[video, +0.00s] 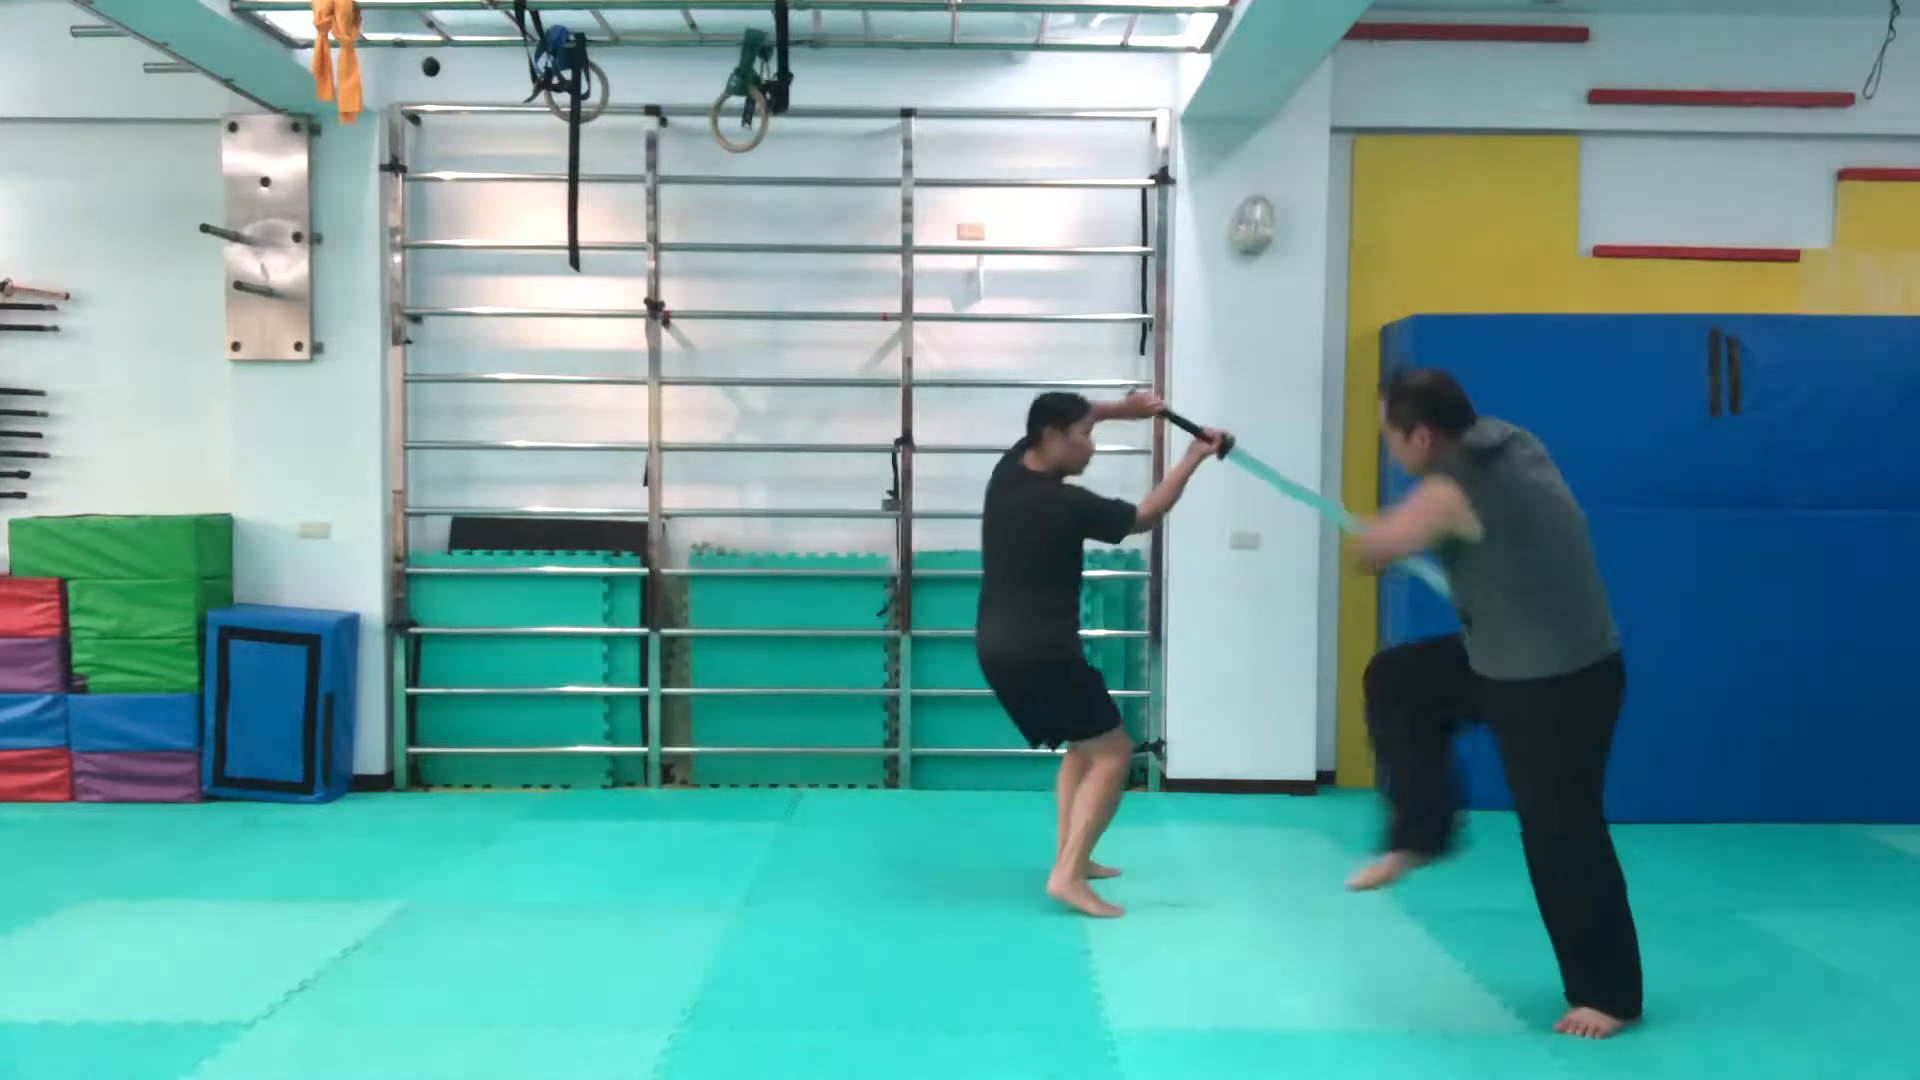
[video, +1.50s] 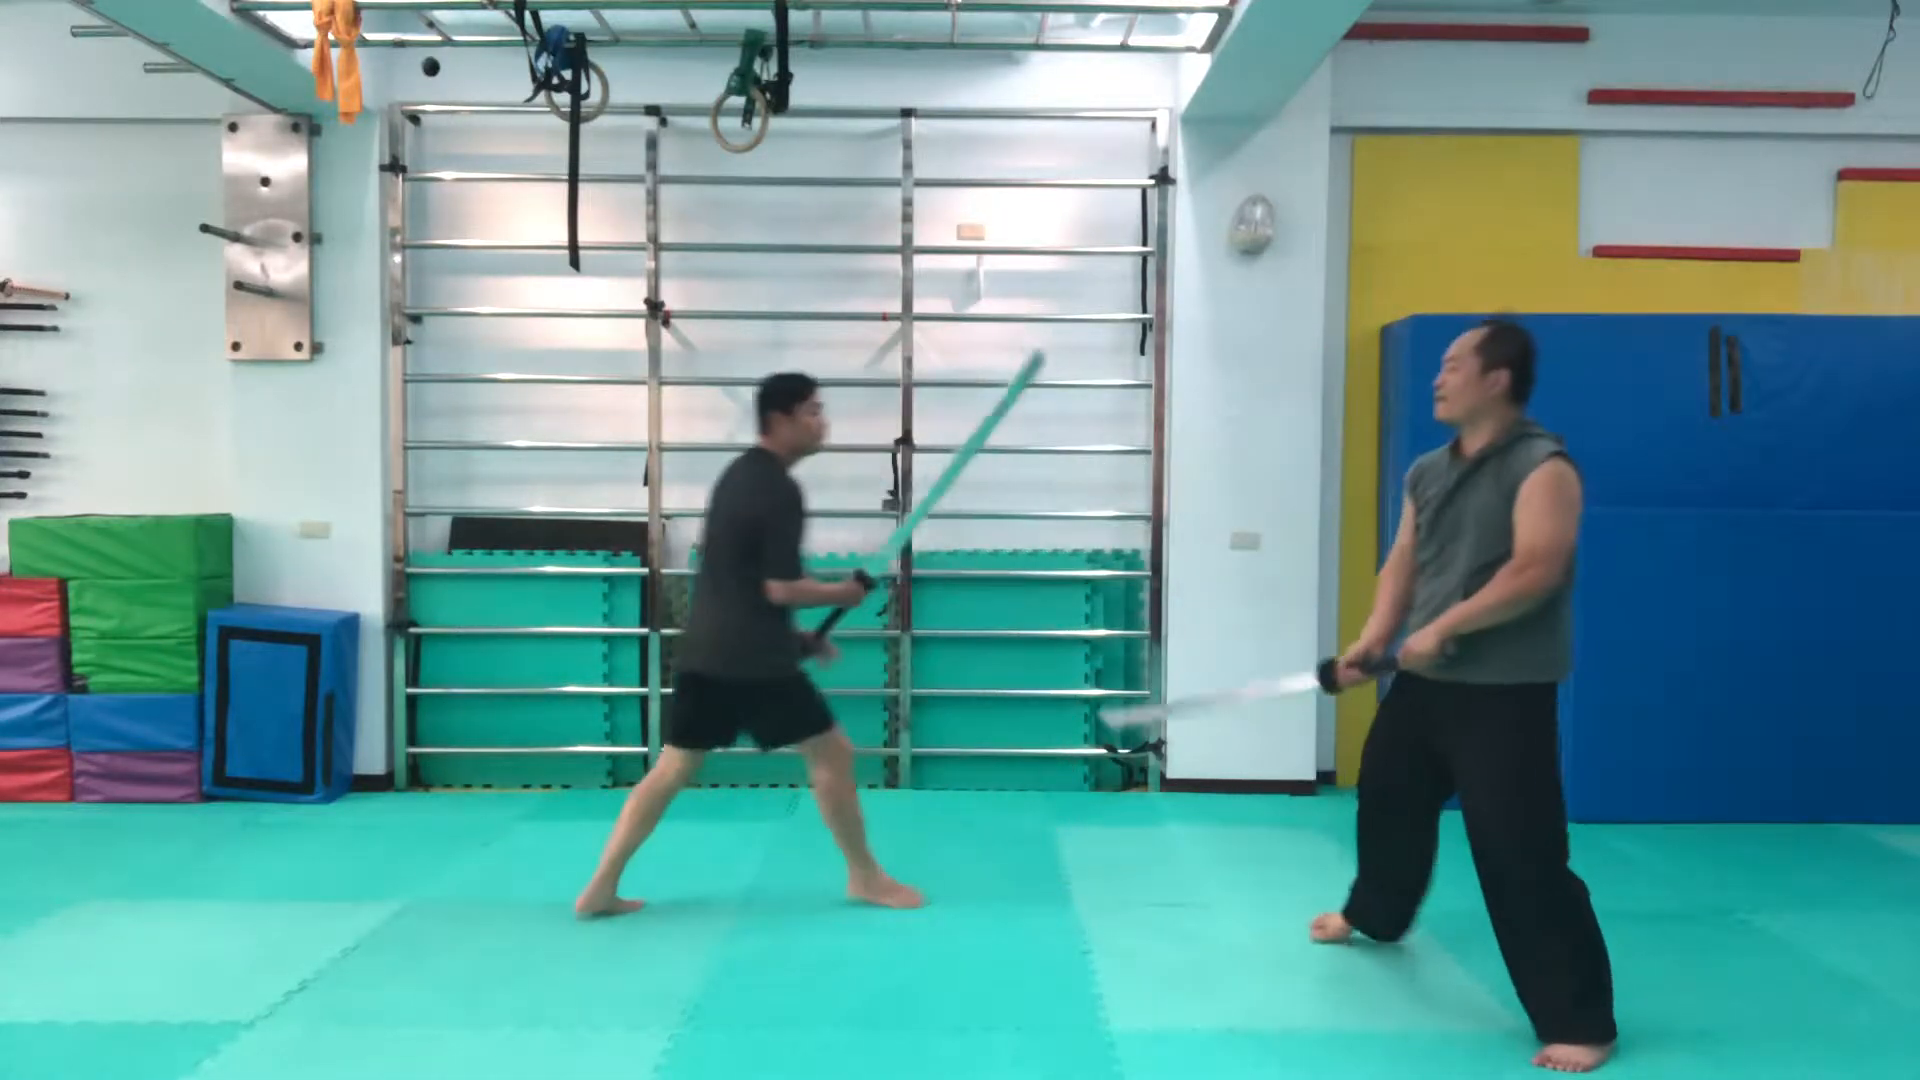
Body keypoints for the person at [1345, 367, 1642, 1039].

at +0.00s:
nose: (1392, 451)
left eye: (1393, 438)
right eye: (1390, 438)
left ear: (1423, 434)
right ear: (1450, 422)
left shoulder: (1453, 487)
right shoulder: (1510, 446)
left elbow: (1374, 549)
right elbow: (1457, 519)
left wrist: (1373, 544)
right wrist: (1396, 530)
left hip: (1555, 681)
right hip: (1511, 661)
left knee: (1563, 836)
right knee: (1397, 677)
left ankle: (1609, 998)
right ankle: (1419, 835)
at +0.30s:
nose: (1367, 418)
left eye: (1379, 402)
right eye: (1367, 403)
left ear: (1415, 398)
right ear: (1374, 406)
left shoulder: (1462, 446)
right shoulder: (1381, 486)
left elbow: (1370, 376)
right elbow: (1295, 500)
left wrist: (1279, 358)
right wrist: (1241, 440)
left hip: (1458, 671)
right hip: (1394, 673)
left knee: (1495, 832)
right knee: (1312, 800)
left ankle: (1608, 987)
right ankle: (1254, 941)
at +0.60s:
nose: (1257, 430)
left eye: (1269, 414)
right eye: (1257, 417)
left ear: (1305, 407)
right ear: (1275, 414)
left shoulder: (1370, 453)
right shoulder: (1288, 489)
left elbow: (1284, 379)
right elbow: (1213, 507)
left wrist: (1205, 361)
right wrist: (1174, 435)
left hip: (1406, 673)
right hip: (1326, 681)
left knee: (1469, 830)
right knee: (1264, 800)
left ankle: (1597, 968)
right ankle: (1257, 956)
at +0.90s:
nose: (1342, 390)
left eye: (1356, 379)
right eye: (1345, 378)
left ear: (1399, 392)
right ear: (1380, 393)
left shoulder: (1446, 468)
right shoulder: (1346, 480)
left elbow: (1372, 524)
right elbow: (1312, 555)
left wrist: (1298, 534)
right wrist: (1233, 551)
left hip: (1426, 693)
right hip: (1340, 691)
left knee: (1478, 852)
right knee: (1291, 822)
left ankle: (1576, 1012)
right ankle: (1259, 958)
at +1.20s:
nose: (1448, 372)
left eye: (1463, 361)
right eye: (1452, 360)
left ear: (1510, 376)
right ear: (1490, 377)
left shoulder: (1555, 468)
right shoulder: (1434, 463)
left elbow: (1550, 581)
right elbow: (1400, 564)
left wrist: (1455, 627)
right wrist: (1380, 645)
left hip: (1507, 696)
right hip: (1421, 688)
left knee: (1526, 860)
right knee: (1375, 809)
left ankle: (1582, 1029)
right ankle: (1345, 941)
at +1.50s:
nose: (1438, 378)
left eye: (1453, 368)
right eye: (1441, 367)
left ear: (1500, 381)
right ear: (1474, 383)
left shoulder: (1543, 467)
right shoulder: (1428, 473)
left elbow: (1539, 570)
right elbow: (1401, 568)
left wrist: (1444, 630)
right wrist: (1371, 641)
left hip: (1504, 698)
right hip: (1423, 691)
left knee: (1524, 864)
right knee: (1388, 796)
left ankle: (1581, 1027)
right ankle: (1377, 914)